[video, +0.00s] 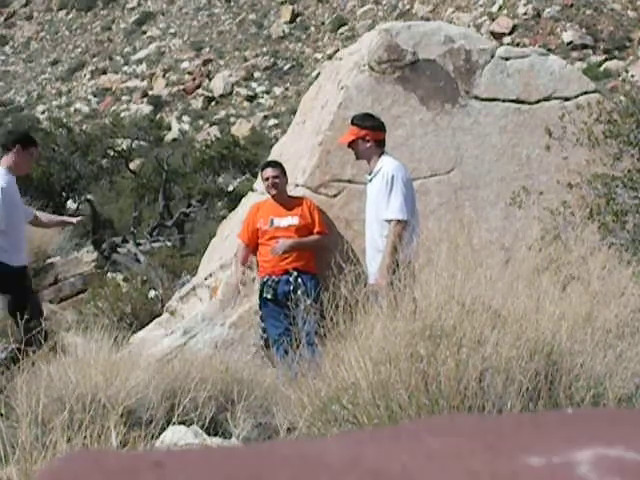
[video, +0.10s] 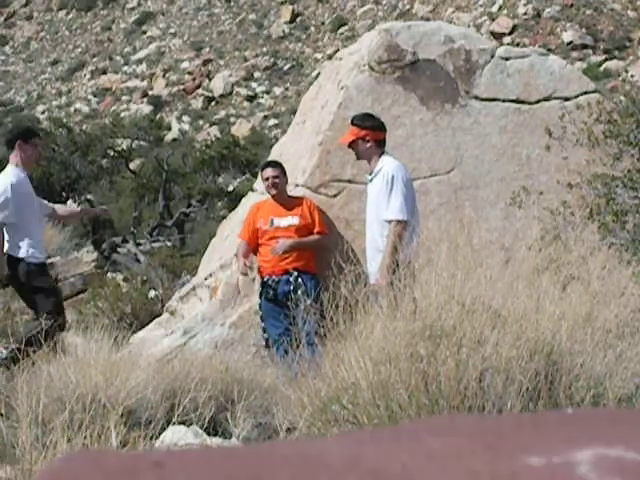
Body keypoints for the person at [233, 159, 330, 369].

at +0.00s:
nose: (272, 182)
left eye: (276, 177)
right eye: (267, 179)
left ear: (285, 179)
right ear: (263, 183)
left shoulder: (306, 206)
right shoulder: (257, 210)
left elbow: (324, 237)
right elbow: (246, 244)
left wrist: (294, 244)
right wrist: (239, 269)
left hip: (304, 277)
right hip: (272, 279)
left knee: (310, 333)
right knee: (279, 338)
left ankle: (314, 379)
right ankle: (288, 382)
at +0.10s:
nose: (272, 182)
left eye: (276, 177)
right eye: (267, 179)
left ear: (285, 179)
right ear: (263, 183)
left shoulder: (306, 205)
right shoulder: (258, 210)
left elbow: (325, 238)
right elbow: (246, 241)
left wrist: (293, 243)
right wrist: (242, 257)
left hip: (304, 278)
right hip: (272, 281)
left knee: (310, 335)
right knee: (279, 339)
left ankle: (315, 381)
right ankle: (289, 383)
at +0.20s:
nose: (272, 182)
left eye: (276, 177)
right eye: (267, 179)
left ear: (285, 178)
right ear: (263, 183)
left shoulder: (306, 205)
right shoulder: (257, 210)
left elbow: (325, 238)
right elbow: (245, 242)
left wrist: (293, 243)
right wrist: (244, 253)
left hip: (304, 279)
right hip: (271, 283)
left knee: (310, 334)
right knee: (279, 340)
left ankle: (315, 380)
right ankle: (289, 383)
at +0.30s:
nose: (272, 181)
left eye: (276, 176)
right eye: (267, 178)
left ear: (285, 178)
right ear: (263, 183)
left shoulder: (306, 205)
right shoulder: (258, 210)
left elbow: (324, 238)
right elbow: (246, 242)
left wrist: (293, 243)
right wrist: (243, 249)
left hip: (304, 278)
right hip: (272, 281)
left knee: (310, 335)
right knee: (278, 338)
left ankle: (315, 381)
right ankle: (288, 384)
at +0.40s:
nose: (272, 181)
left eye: (276, 176)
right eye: (267, 178)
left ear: (286, 179)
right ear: (263, 183)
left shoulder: (306, 205)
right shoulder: (258, 210)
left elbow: (325, 237)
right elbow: (246, 246)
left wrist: (293, 244)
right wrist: (244, 242)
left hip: (304, 277)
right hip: (272, 279)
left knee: (309, 332)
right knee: (276, 334)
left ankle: (316, 379)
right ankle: (288, 380)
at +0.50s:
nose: (272, 181)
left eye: (277, 176)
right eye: (267, 178)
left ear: (286, 179)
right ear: (263, 183)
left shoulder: (306, 205)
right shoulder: (258, 209)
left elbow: (325, 237)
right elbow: (247, 247)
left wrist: (293, 244)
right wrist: (244, 235)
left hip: (304, 276)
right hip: (272, 278)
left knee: (310, 332)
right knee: (276, 335)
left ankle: (317, 378)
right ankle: (288, 380)